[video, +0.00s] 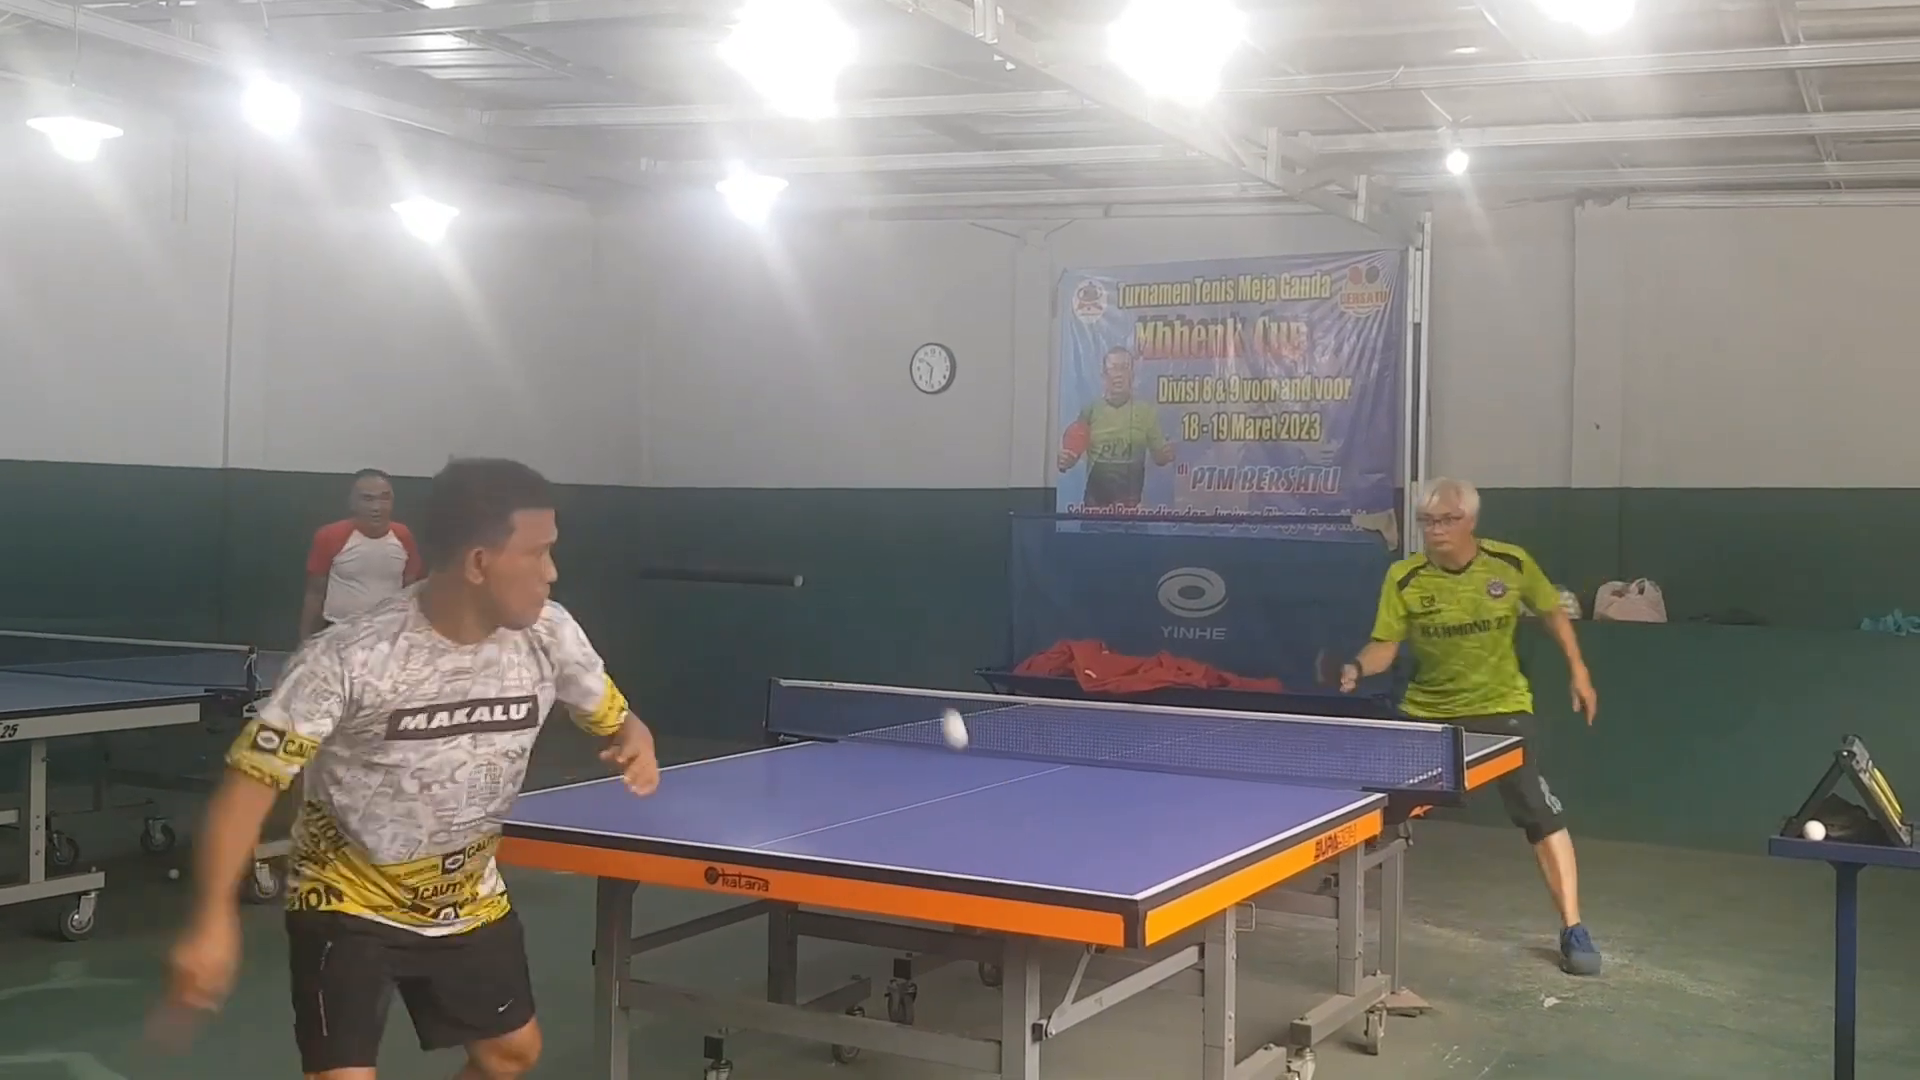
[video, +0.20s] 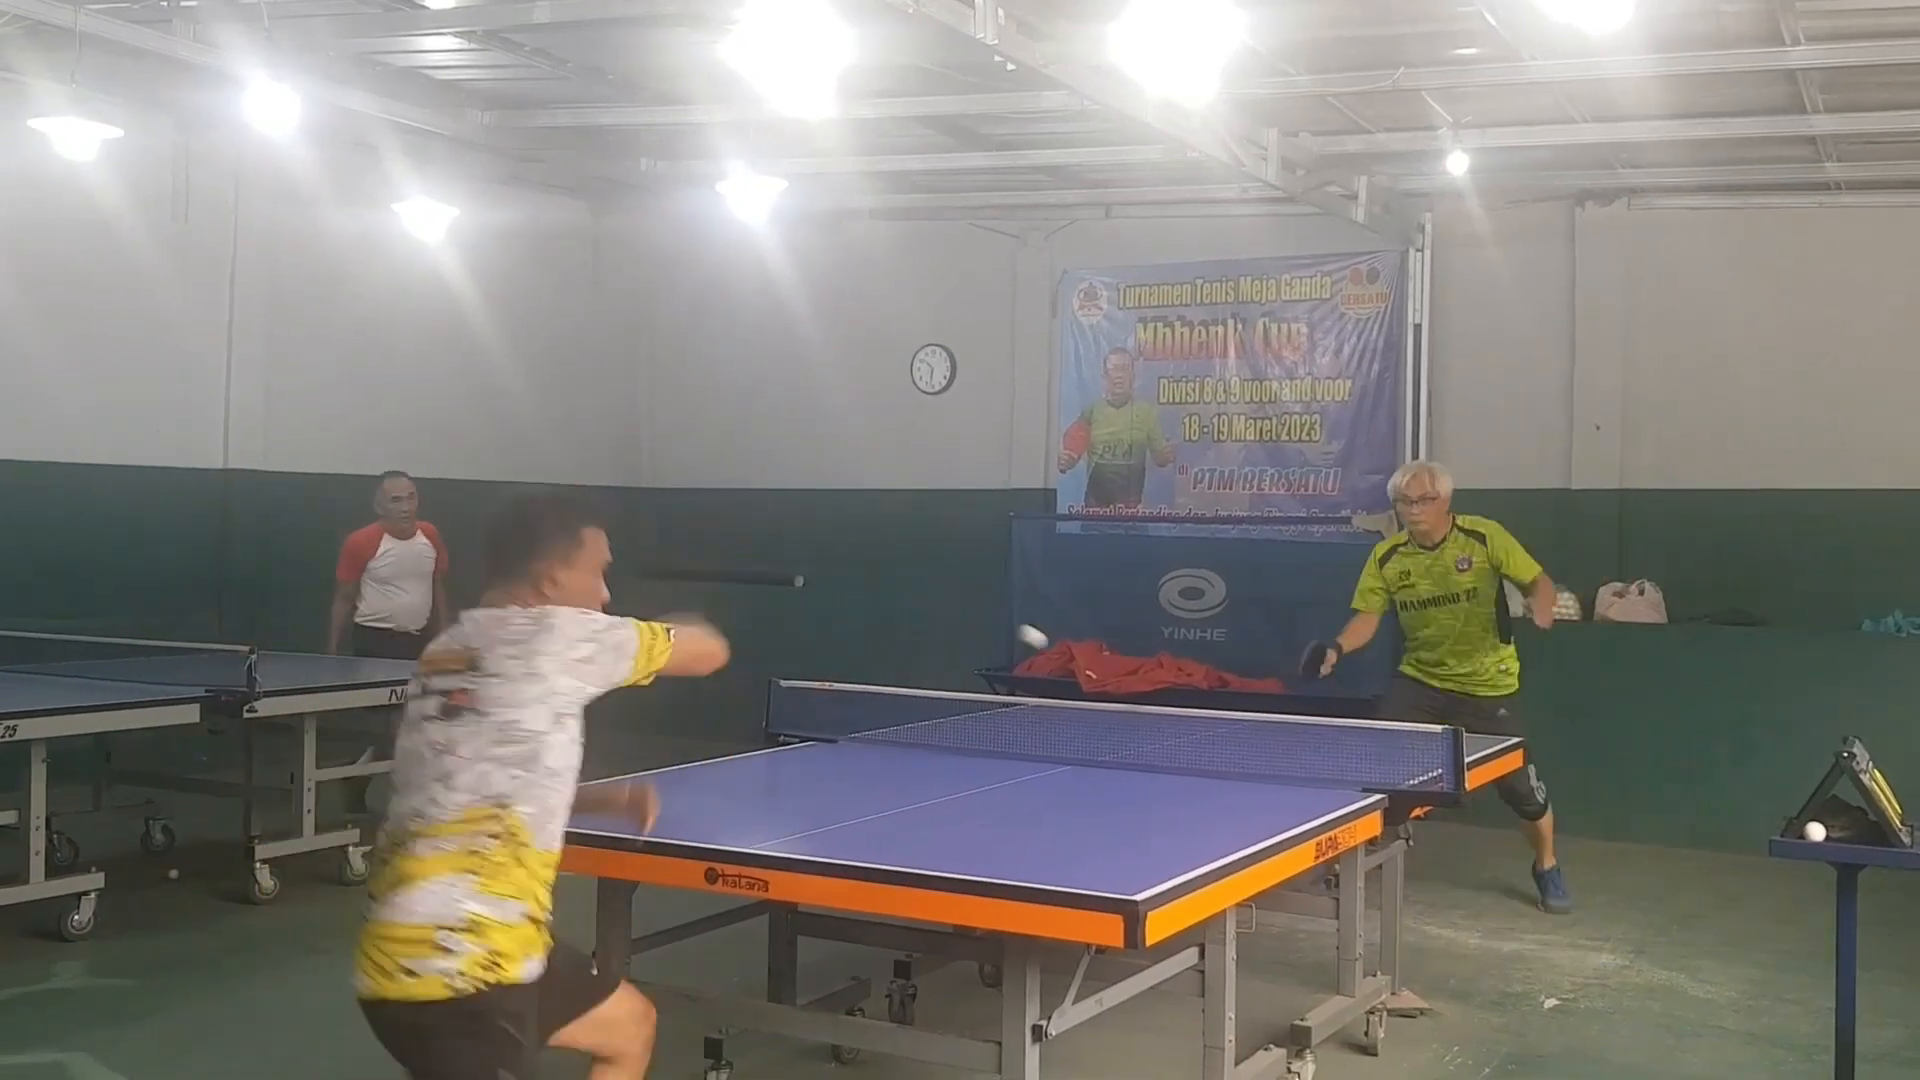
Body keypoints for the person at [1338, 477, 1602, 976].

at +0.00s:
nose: (1436, 529)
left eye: (1447, 520)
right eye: (1428, 521)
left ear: (1471, 523)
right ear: (1420, 524)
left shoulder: (1511, 564)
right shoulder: (1403, 578)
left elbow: (1552, 612)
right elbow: (1383, 647)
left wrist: (1578, 669)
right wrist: (1358, 667)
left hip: (1499, 705)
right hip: (1424, 707)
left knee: (1536, 806)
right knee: (1376, 799)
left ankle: (1573, 928)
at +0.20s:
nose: (1414, 510)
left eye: (1423, 500)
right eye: (1406, 502)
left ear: (1445, 502)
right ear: (1396, 507)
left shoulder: (1484, 536)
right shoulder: (1385, 558)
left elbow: (1538, 582)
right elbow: (1366, 618)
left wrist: (1542, 607)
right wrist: (1336, 648)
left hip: (1489, 681)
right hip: (1420, 679)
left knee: (1521, 787)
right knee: (1378, 756)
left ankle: (1547, 865)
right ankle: (1360, 853)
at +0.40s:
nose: (1346, 503)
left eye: (1356, 492)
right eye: (1347, 493)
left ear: (1386, 498)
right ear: (1362, 501)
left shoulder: (1431, 525)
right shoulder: (1353, 555)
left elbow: (1499, 550)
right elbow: (1305, 582)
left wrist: (1548, 584)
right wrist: (1248, 594)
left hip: (1483, 672)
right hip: (1421, 675)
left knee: (1525, 770)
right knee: (1380, 753)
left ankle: (1558, 866)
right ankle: (1380, 846)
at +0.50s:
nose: (1306, 515)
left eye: (1313, 505)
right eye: (1306, 507)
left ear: (1344, 506)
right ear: (1323, 514)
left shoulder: (1390, 529)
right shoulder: (1314, 557)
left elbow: (1457, 545)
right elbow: (1258, 555)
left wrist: (1515, 575)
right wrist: (1208, 541)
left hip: (1453, 656)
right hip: (1403, 671)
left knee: (1513, 739)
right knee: (1372, 748)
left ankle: (1592, 826)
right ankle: (1375, 836)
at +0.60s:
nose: (1272, 548)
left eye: (1276, 539)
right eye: (1271, 541)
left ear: (1301, 536)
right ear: (1289, 543)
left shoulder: (1342, 547)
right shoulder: (1294, 588)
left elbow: (1407, 566)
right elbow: (1238, 582)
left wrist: (1463, 591)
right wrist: (1200, 538)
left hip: (1417, 669)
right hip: (1376, 685)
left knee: (1482, 737)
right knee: (1364, 756)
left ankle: (1598, 735)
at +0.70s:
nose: (1245, 553)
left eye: (1247, 544)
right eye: (1243, 546)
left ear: (1264, 539)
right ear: (1264, 544)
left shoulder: (1298, 545)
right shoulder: (1282, 586)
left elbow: (1349, 569)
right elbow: (1269, 640)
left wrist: (1391, 613)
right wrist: (1222, 620)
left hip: (1382, 655)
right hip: (1355, 675)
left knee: (1414, 737)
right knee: (1353, 748)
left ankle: (1512, 706)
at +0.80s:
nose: (1219, 544)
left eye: (1219, 535)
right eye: (1218, 536)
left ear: (1233, 529)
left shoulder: (1267, 533)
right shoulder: (1262, 566)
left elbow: (1314, 556)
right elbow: (1303, 627)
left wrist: (1352, 598)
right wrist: (1286, 684)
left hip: (1346, 642)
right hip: (1322, 650)